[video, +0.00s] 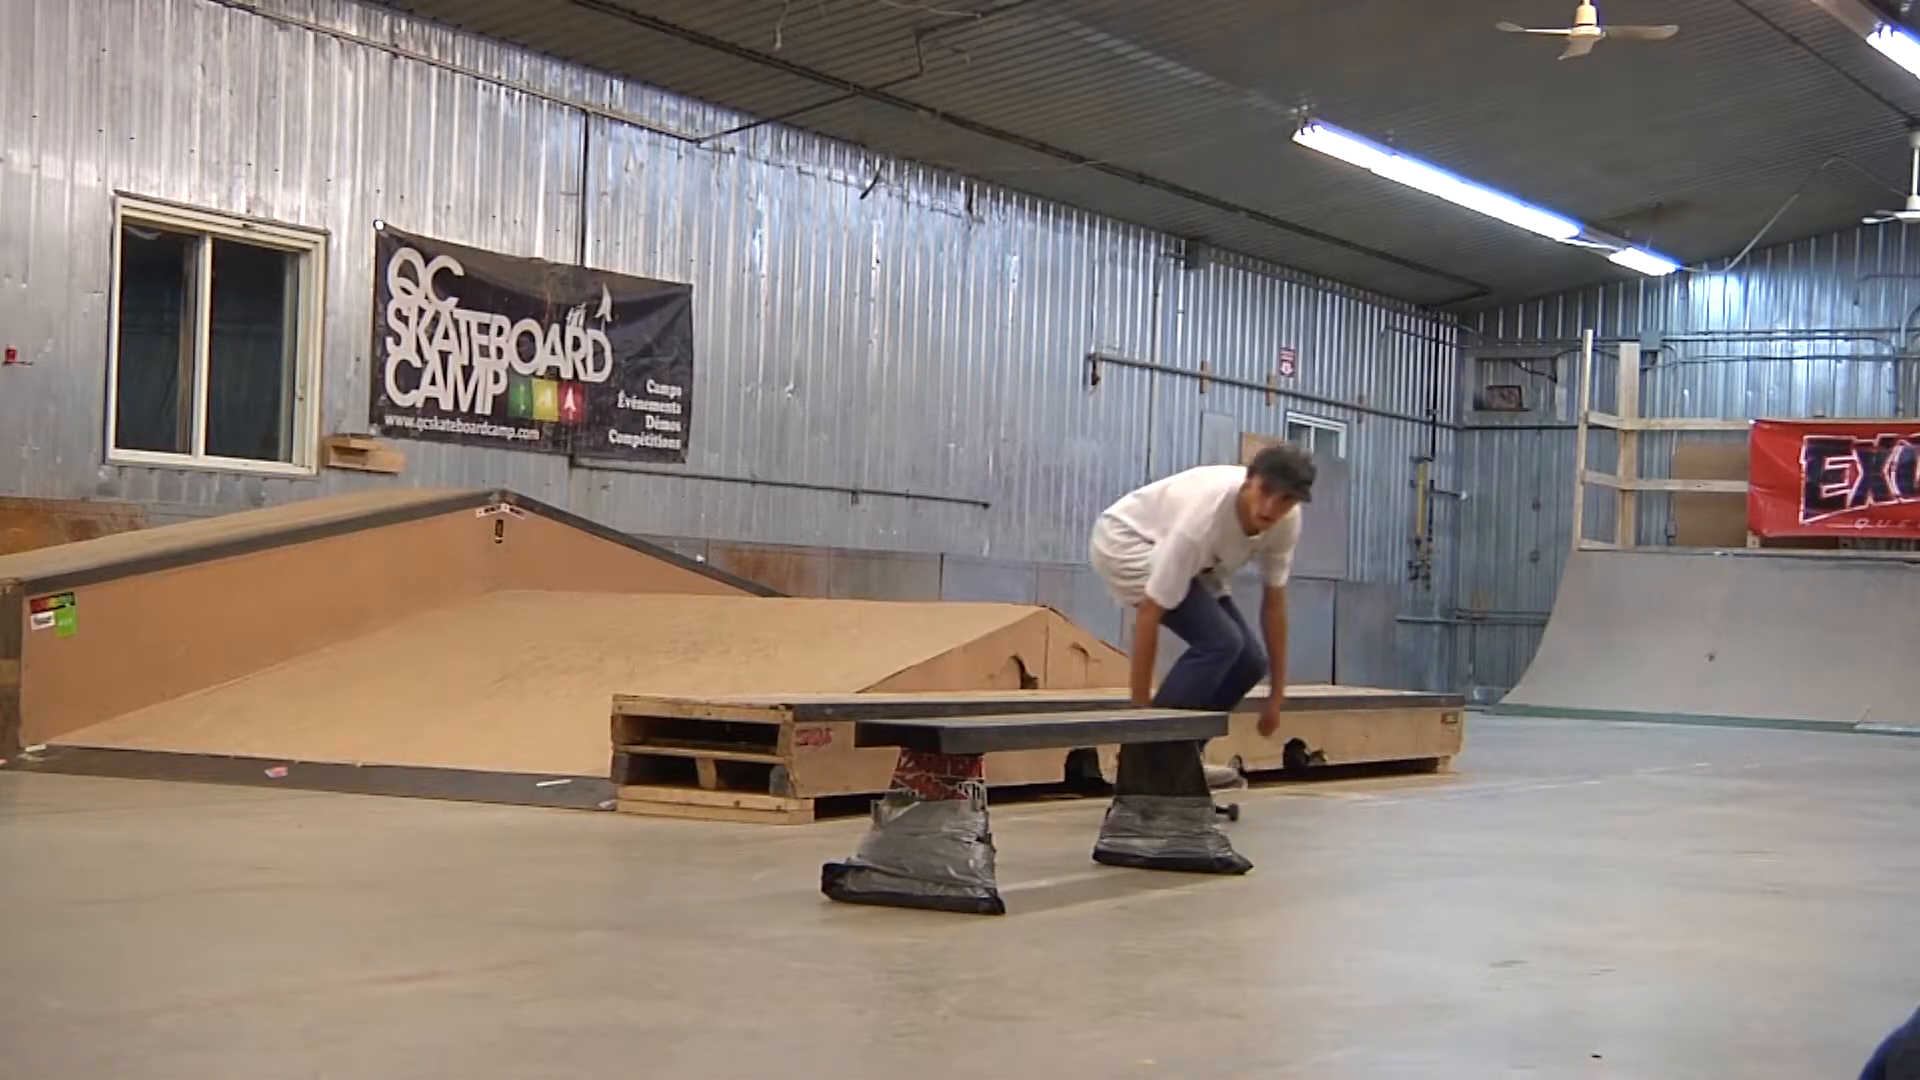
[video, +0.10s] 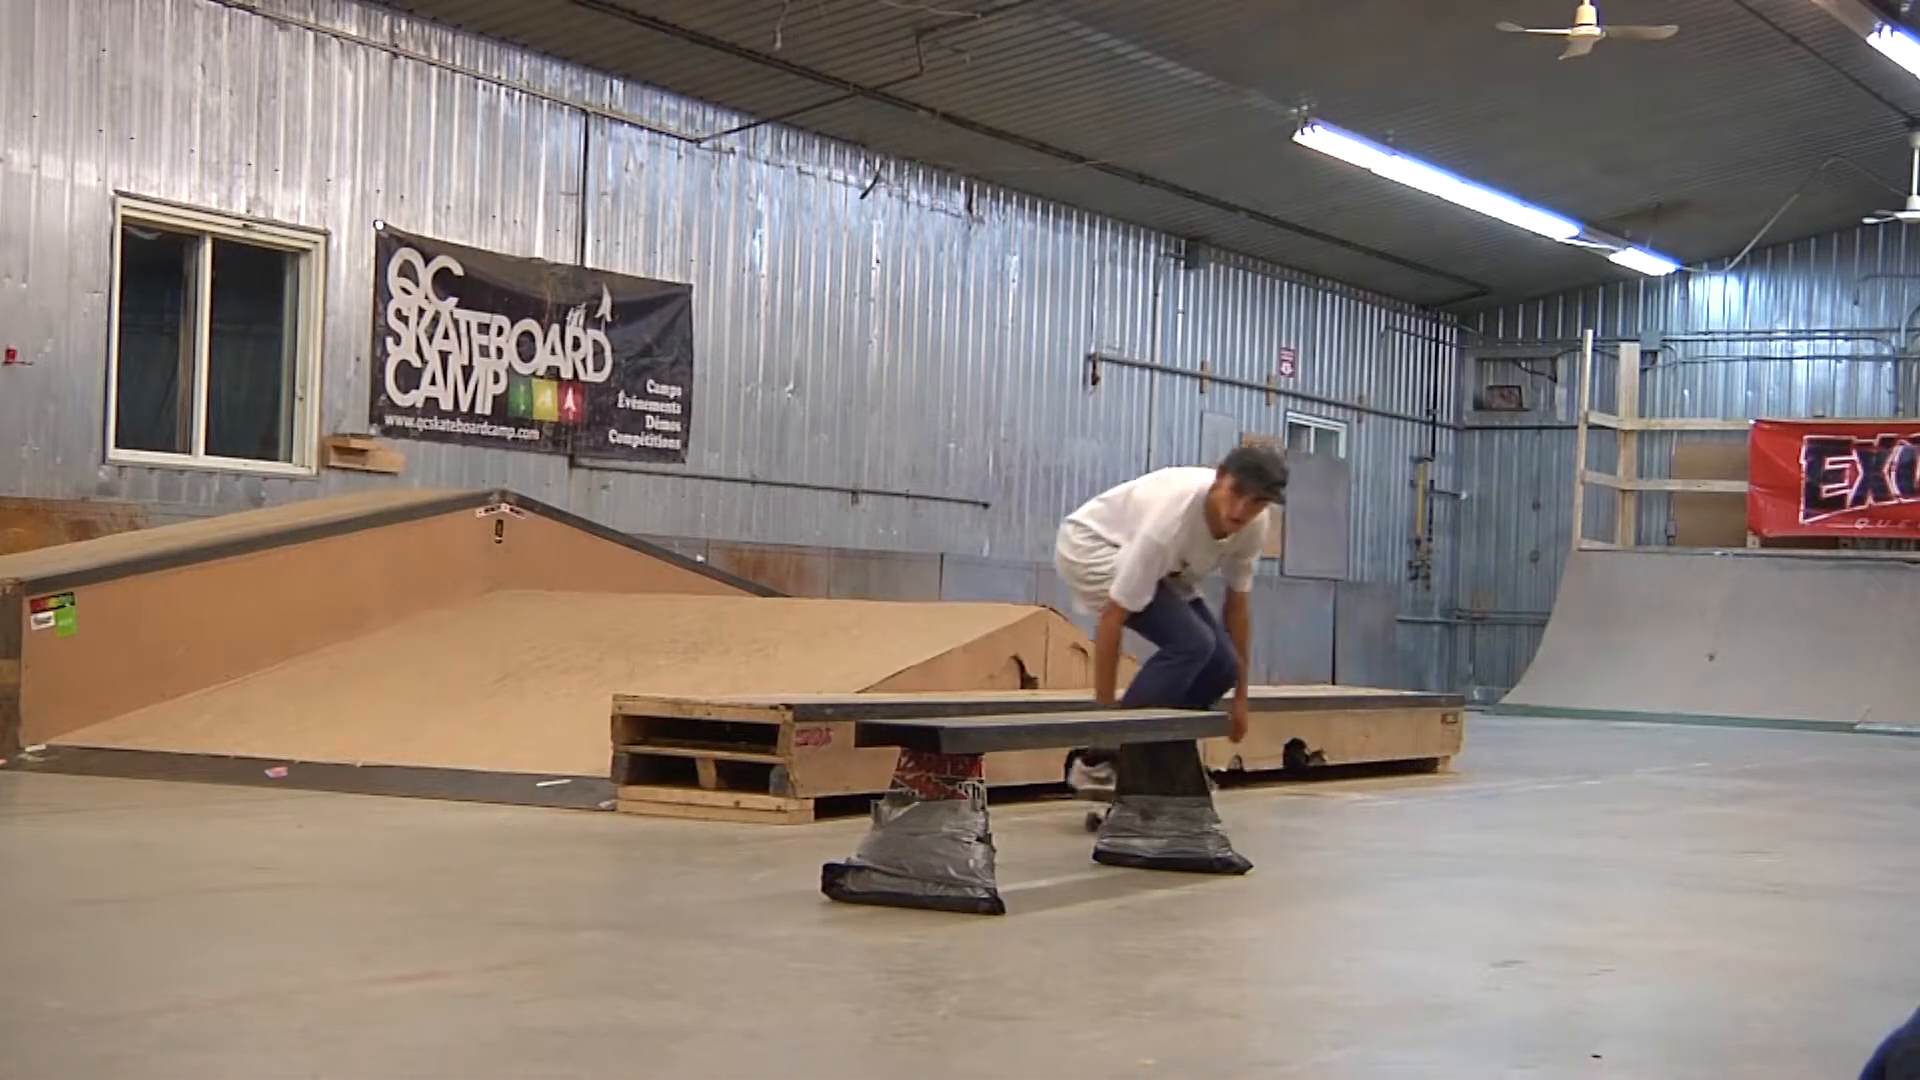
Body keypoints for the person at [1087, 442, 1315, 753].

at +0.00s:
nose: (1269, 509)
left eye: (1284, 501)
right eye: (1265, 492)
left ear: (1294, 504)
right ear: (1248, 480)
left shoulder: (1287, 517)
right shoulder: (1203, 514)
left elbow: (1274, 605)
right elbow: (1148, 612)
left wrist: (1276, 696)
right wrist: (1140, 710)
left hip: (1184, 553)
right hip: (1127, 544)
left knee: (1250, 661)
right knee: (1220, 644)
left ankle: (1185, 754)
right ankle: (1148, 754)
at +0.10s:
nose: (1242, 510)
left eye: (1256, 503)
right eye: (1237, 492)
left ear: (1265, 506)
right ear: (1219, 479)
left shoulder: (1253, 522)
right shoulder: (1170, 515)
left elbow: (1237, 605)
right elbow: (1111, 617)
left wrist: (1241, 696)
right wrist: (1104, 714)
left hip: (1154, 562)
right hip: (1095, 551)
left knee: (1221, 665)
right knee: (1191, 645)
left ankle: (1147, 761)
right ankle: (1096, 759)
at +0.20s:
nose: (1217, 499)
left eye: (1232, 492)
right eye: (1213, 481)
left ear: (1239, 495)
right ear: (1194, 465)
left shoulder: (1223, 513)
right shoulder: (1144, 503)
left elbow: (1196, 592)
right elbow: (1070, 612)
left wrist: (1192, 677)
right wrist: (1071, 711)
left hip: (1122, 560)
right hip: (1060, 545)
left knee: (1192, 665)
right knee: (1157, 644)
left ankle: (1096, 769)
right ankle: (1064, 771)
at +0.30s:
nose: (1196, 460)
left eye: (1210, 453)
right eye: (1192, 441)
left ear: (1217, 459)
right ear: (1171, 427)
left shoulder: (1185, 477)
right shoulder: (1119, 471)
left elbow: (1156, 555)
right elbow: (1030, 562)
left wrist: (1154, 642)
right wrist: (1035, 670)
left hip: (1095, 552)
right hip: (1026, 535)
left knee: (1153, 659)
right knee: (1119, 642)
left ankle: (1071, 770)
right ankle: (1027, 774)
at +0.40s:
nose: (1180, 375)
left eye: (1192, 369)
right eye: (1178, 357)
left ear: (1195, 374)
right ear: (1150, 338)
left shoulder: (1145, 404)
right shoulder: (1088, 388)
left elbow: (1110, 486)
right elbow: (983, 433)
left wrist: (1116, 560)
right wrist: (944, 522)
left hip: (1069, 523)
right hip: (1009, 513)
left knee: (1115, 643)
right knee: (1086, 639)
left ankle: (1036, 772)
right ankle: (1000, 780)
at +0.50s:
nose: (1151, 282)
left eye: (1163, 275)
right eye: (1154, 262)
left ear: (1158, 270)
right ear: (1125, 234)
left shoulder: (1095, 298)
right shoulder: (1060, 271)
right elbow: (938, 241)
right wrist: (910, 316)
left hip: (1035, 462)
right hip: (986, 446)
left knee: (1059, 613)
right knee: (1038, 590)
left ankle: (984, 758)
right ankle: (949, 755)